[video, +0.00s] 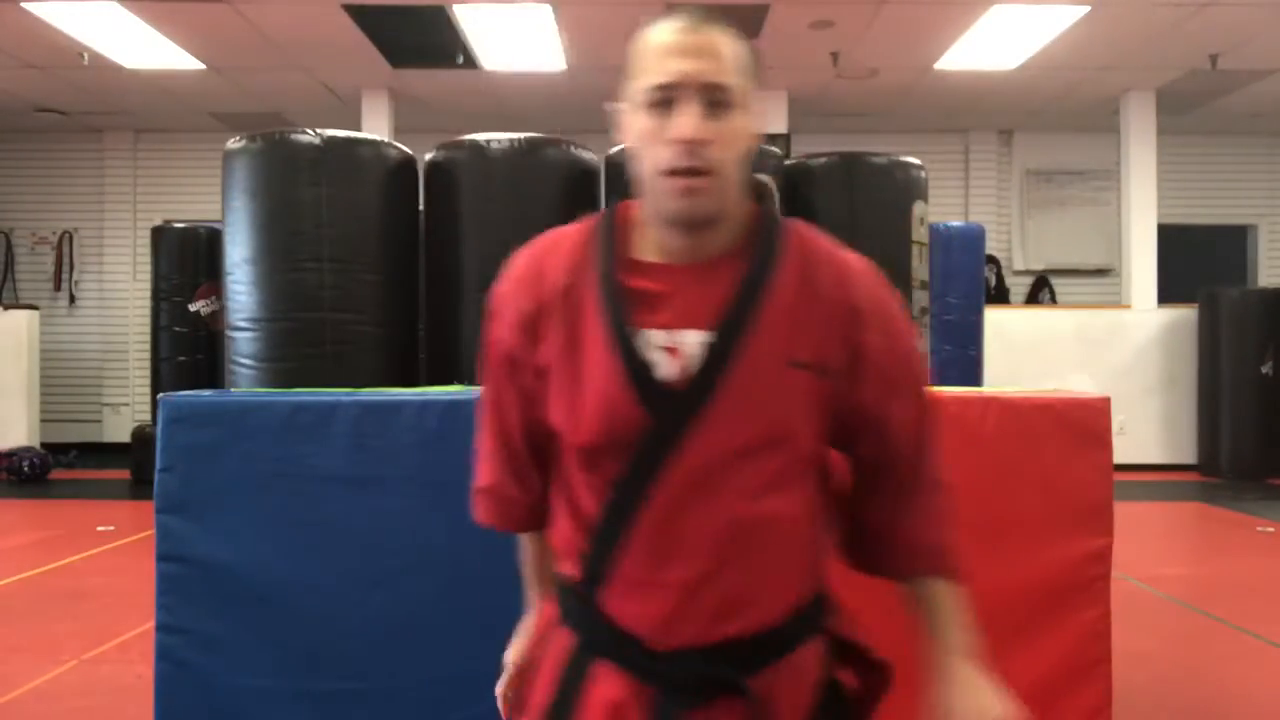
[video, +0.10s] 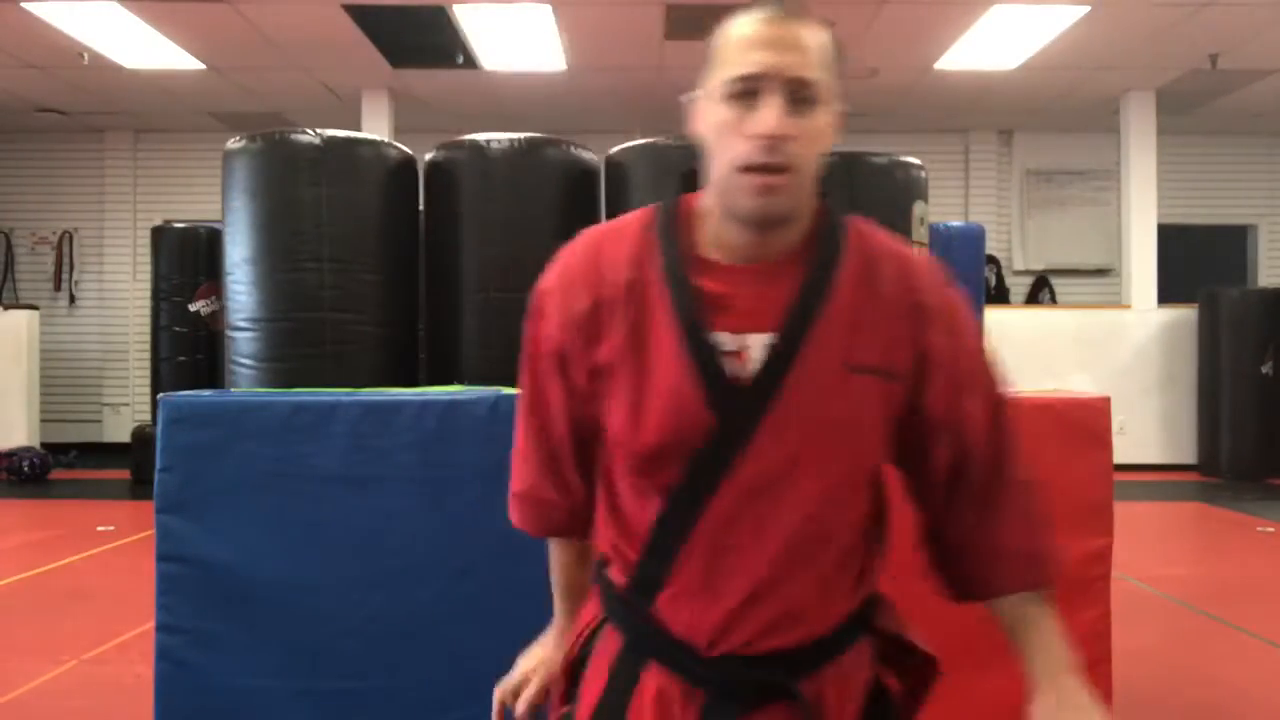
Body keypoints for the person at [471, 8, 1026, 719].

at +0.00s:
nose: (688, 130)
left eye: (716, 104)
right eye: (662, 104)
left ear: (755, 126)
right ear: (623, 126)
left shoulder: (841, 293)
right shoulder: (541, 283)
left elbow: (907, 490)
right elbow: (523, 466)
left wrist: (958, 662)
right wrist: (540, 608)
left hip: (773, 685)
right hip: (591, 679)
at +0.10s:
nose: (772, 126)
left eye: (800, 99)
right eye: (745, 94)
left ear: (835, 127)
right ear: (696, 117)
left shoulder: (906, 292)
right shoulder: (592, 277)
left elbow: (983, 498)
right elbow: (560, 468)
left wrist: (1055, 675)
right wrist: (564, 621)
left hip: (827, 685)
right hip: (638, 677)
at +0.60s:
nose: (746, 116)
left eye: (778, 82)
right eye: (719, 85)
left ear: (826, 97)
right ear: (681, 108)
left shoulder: (955, 268)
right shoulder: (641, 269)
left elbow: (1034, 486)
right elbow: (636, 468)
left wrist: (1018, 688)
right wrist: (613, 618)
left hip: (872, 689)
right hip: (678, 677)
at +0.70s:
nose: (717, 125)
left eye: (746, 91)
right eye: (688, 95)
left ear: (793, 104)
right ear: (654, 117)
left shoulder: (923, 266)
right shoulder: (620, 280)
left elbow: (996, 484)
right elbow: (602, 486)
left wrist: (981, 687)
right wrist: (563, 655)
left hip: (857, 690)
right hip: (669, 682)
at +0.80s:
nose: (685, 131)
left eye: (714, 99)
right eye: (658, 102)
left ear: (759, 116)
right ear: (624, 122)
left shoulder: (869, 271)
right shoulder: (586, 288)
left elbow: (924, 472)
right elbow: (537, 489)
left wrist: (888, 645)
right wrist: (484, 653)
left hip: (819, 678)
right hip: (639, 674)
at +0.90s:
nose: (644, 140)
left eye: (673, 112)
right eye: (620, 111)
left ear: (715, 126)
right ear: (586, 128)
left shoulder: (802, 271)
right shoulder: (544, 282)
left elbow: (853, 474)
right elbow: (476, 439)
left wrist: (775, 530)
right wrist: (434, 514)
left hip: (773, 670)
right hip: (605, 665)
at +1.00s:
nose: (606, 150)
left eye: (635, 118)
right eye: (583, 119)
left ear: (677, 124)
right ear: (550, 126)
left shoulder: (769, 253)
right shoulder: (517, 250)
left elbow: (819, 454)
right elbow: (440, 440)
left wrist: (713, 353)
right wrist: (426, 346)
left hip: (739, 655)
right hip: (581, 649)